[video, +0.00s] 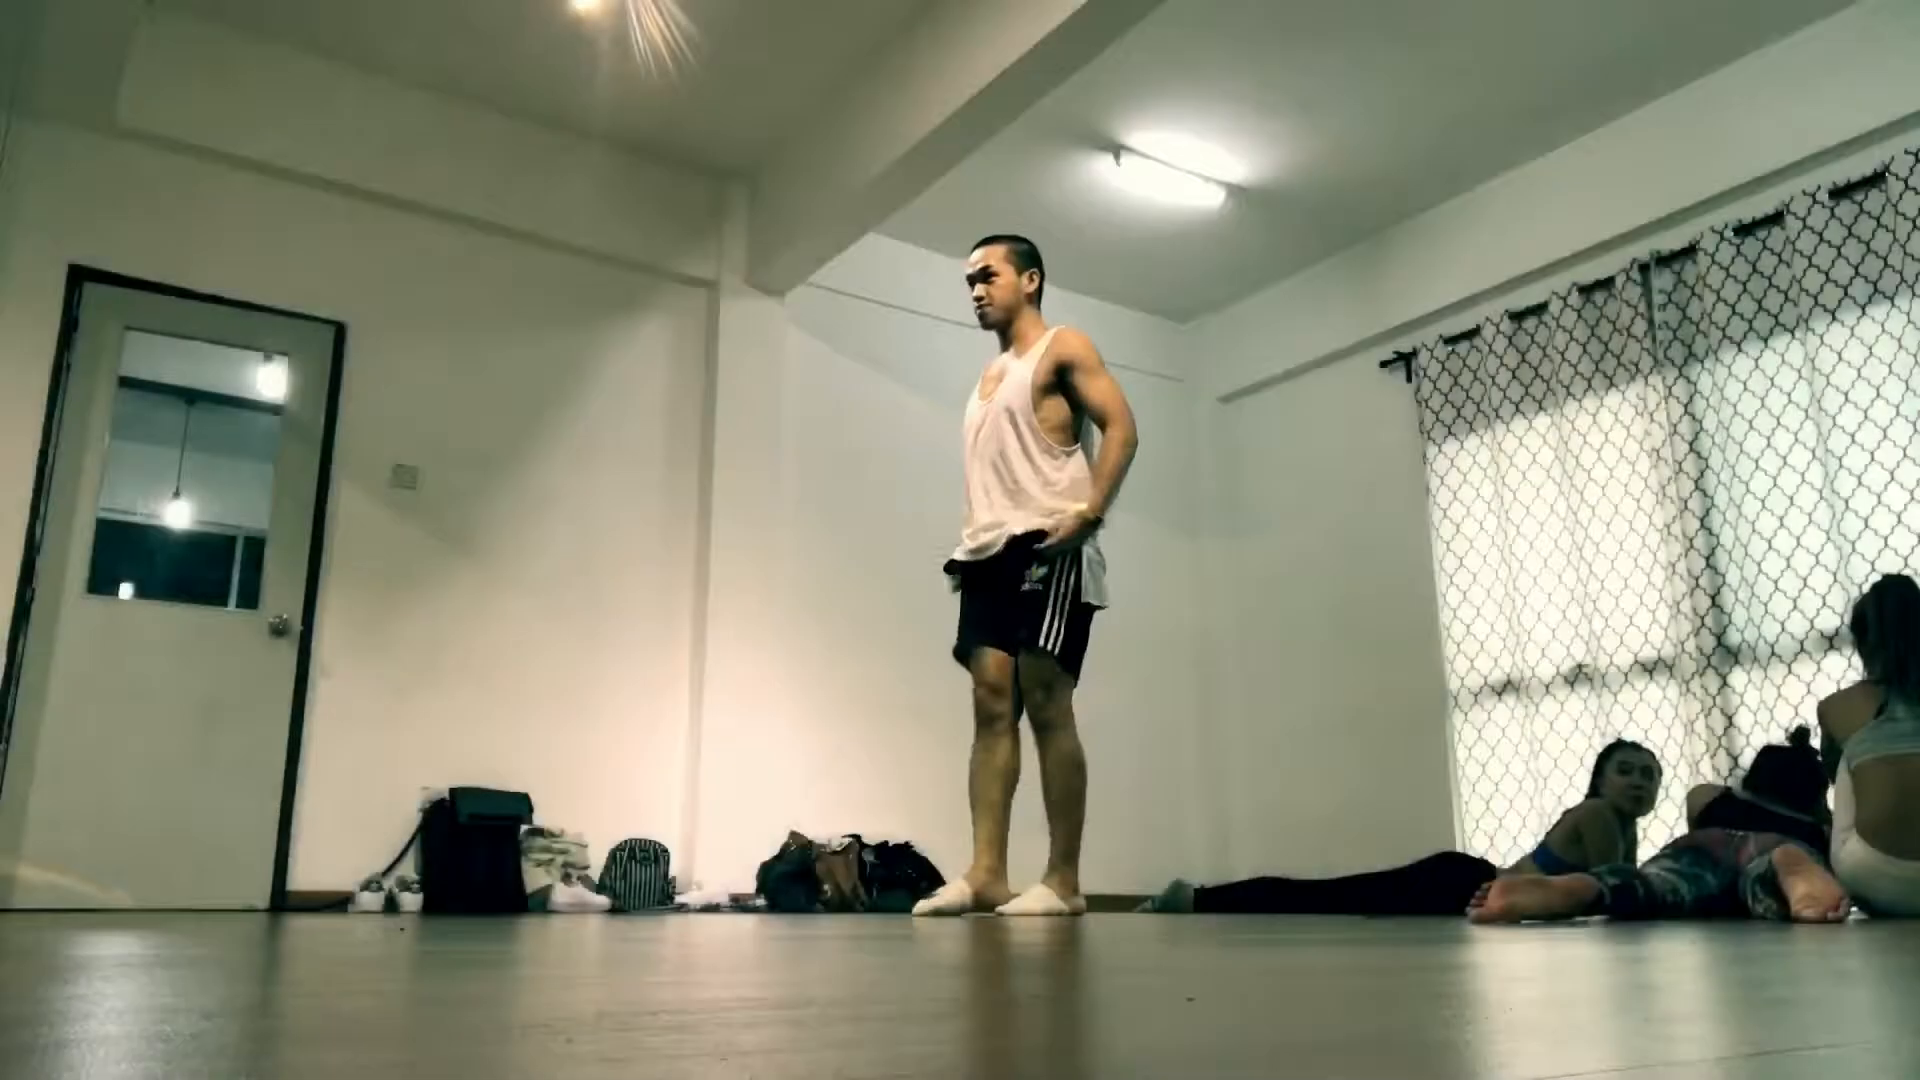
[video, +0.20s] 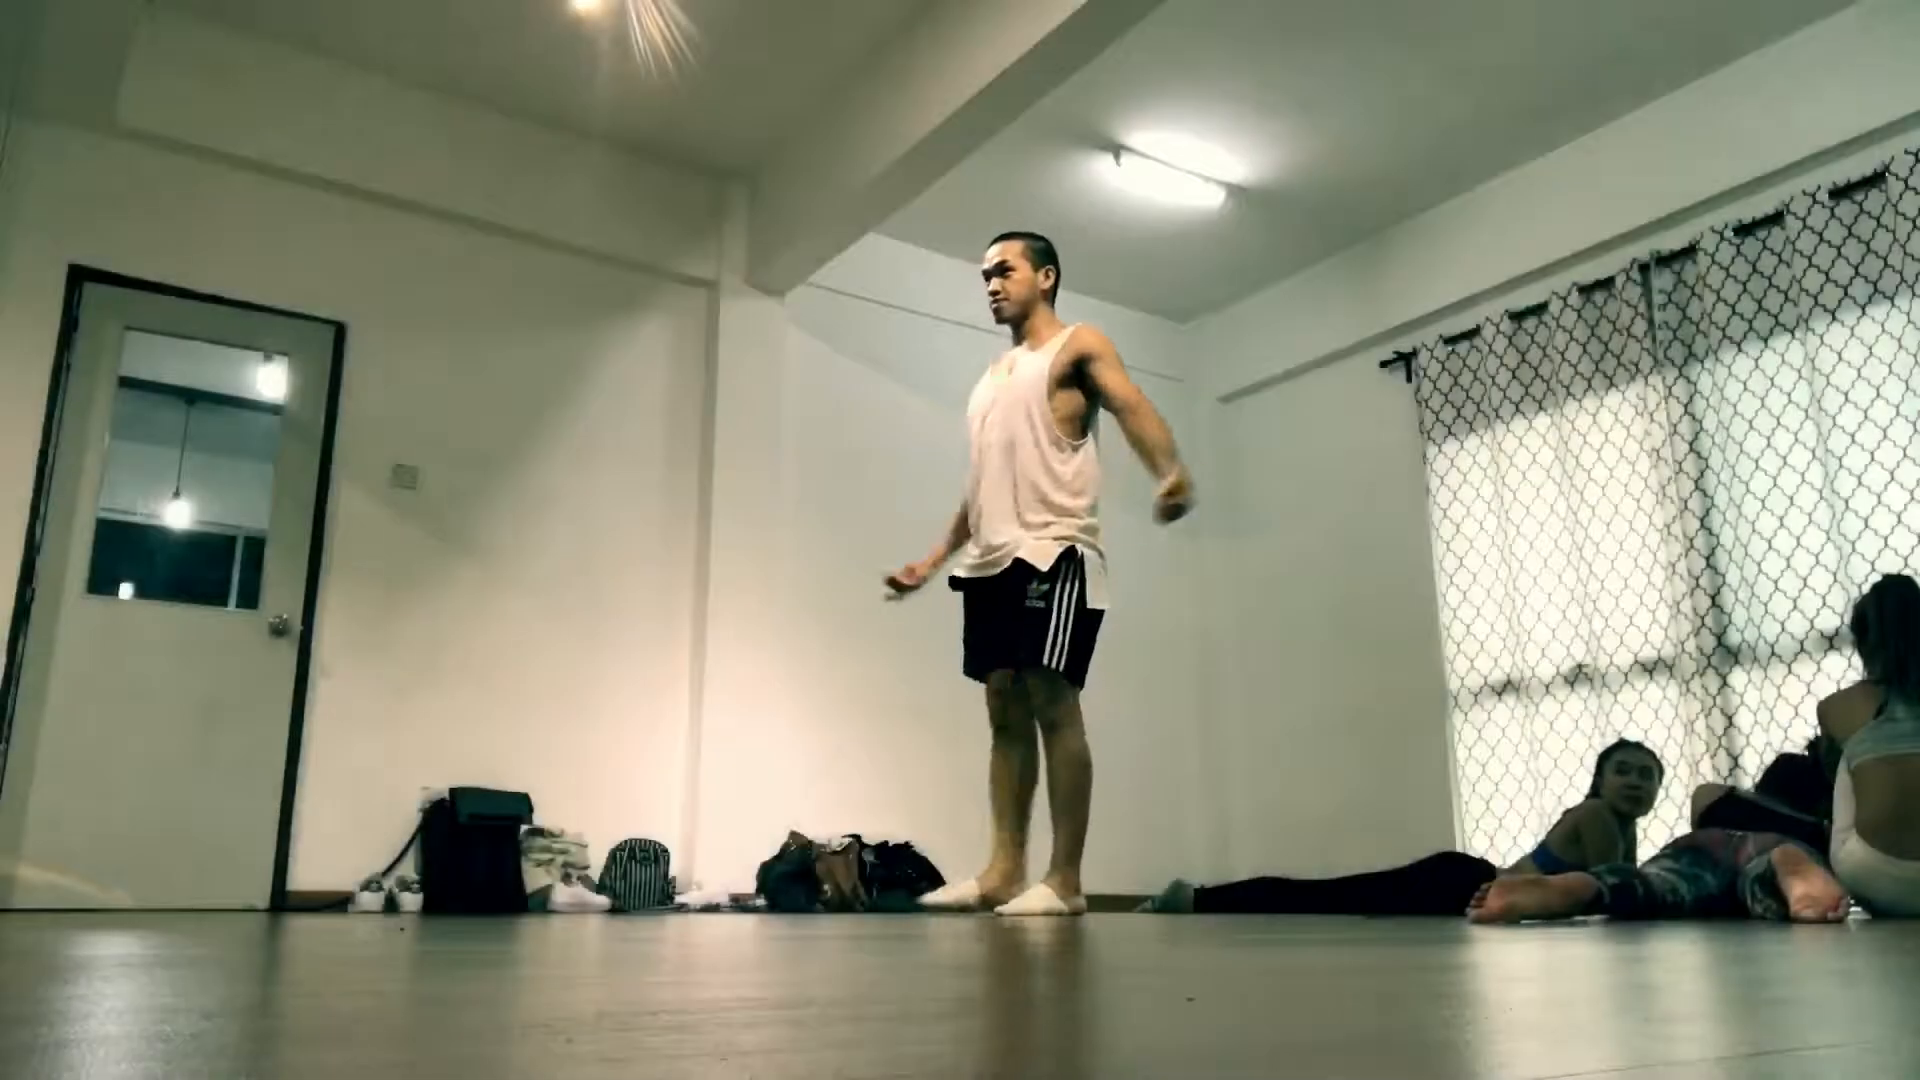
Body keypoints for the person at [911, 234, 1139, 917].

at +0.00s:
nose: (975, 288)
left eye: (987, 276)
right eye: (972, 281)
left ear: (1030, 282)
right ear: (982, 296)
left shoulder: (1064, 347)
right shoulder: (993, 373)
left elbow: (1121, 427)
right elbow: (998, 469)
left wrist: (1090, 512)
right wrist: (972, 544)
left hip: (1049, 548)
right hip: (989, 554)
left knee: (1046, 702)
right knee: (991, 702)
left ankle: (1062, 882)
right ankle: (986, 873)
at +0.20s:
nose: (990, 284)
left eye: (1003, 271)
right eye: (987, 276)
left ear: (1046, 278)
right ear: (996, 292)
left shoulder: (1079, 344)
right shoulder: (996, 376)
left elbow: (1133, 409)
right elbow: (983, 483)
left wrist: (1171, 470)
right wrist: (934, 559)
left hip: (1054, 554)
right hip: (990, 563)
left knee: (1054, 706)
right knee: (1007, 711)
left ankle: (1064, 882)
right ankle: (1004, 873)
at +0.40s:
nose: (999, 294)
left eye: (1013, 281)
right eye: (995, 286)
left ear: (1055, 290)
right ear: (998, 304)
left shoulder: (1091, 364)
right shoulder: (980, 390)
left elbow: (1172, 419)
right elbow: (939, 474)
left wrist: (1251, 457)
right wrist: (857, 504)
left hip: (1066, 555)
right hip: (1000, 568)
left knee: (1062, 708)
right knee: (1029, 718)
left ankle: (1066, 880)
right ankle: (1086, 854)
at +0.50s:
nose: (998, 301)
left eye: (1012, 290)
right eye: (995, 294)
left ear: (1054, 300)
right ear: (1001, 311)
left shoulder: (1095, 375)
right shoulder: (977, 392)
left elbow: (1189, 426)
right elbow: (913, 458)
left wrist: (1279, 454)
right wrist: (844, 448)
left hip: (1070, 558)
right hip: (1005, 576)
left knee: (1069, 710)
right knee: (1042, 727)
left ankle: (1066, 881)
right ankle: (1115, 859)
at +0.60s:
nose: (996, 315)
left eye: (1009, 303)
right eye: (994, 307)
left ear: (1050, 313)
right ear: (1002, 324)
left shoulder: (1094, 386)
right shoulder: (977, 399)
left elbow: (1193, 430)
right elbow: (901, 438)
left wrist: (1285, 453)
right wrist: (859, 404)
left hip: (1074, 566)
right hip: (1014, 579)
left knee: (1047, 705)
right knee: (1048, 731)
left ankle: (1060, 880)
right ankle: (1124, 871)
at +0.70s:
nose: (991, 339)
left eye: (1004, 327)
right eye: (988, 330)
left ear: (1045, 337)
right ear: (994, 346)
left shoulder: (1092, 411)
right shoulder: (977, 419)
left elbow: (1196, 441)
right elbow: (906, 427)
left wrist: (1293, 456)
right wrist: (871, 390)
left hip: (1078, 581)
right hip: (1022, 593)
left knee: (1013, 695)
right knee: (1045, 757)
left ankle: (1046, 871)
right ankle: (1129, 879)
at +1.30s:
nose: (1014, 272)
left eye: (1024, 264)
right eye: (997, 263)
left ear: (1037, 285)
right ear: (972, 285)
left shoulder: (1037, 376)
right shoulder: (975, 343)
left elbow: (1071, 457)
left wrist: (1149, 455)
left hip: (991, 532)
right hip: (973, 511)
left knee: (989, 695)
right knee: (1109, 529)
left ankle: (942, 862)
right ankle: (1056, 669)